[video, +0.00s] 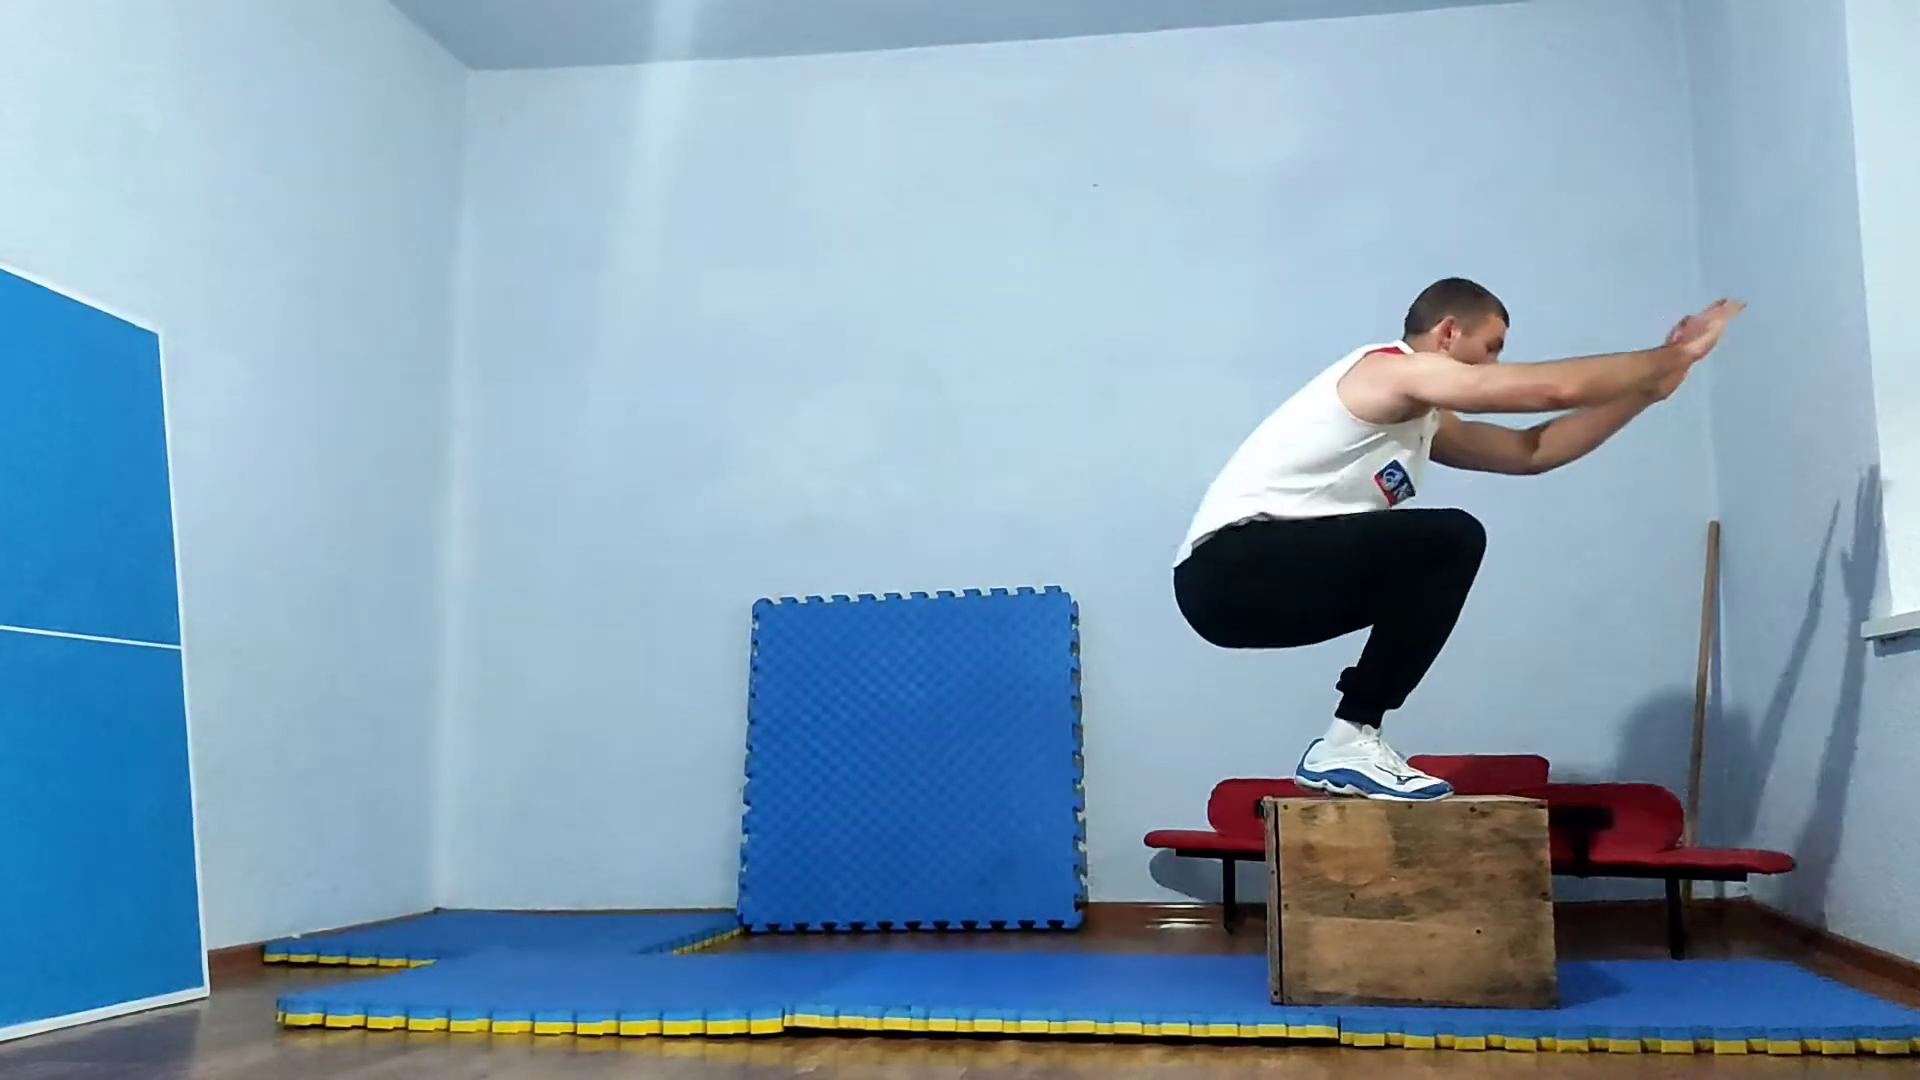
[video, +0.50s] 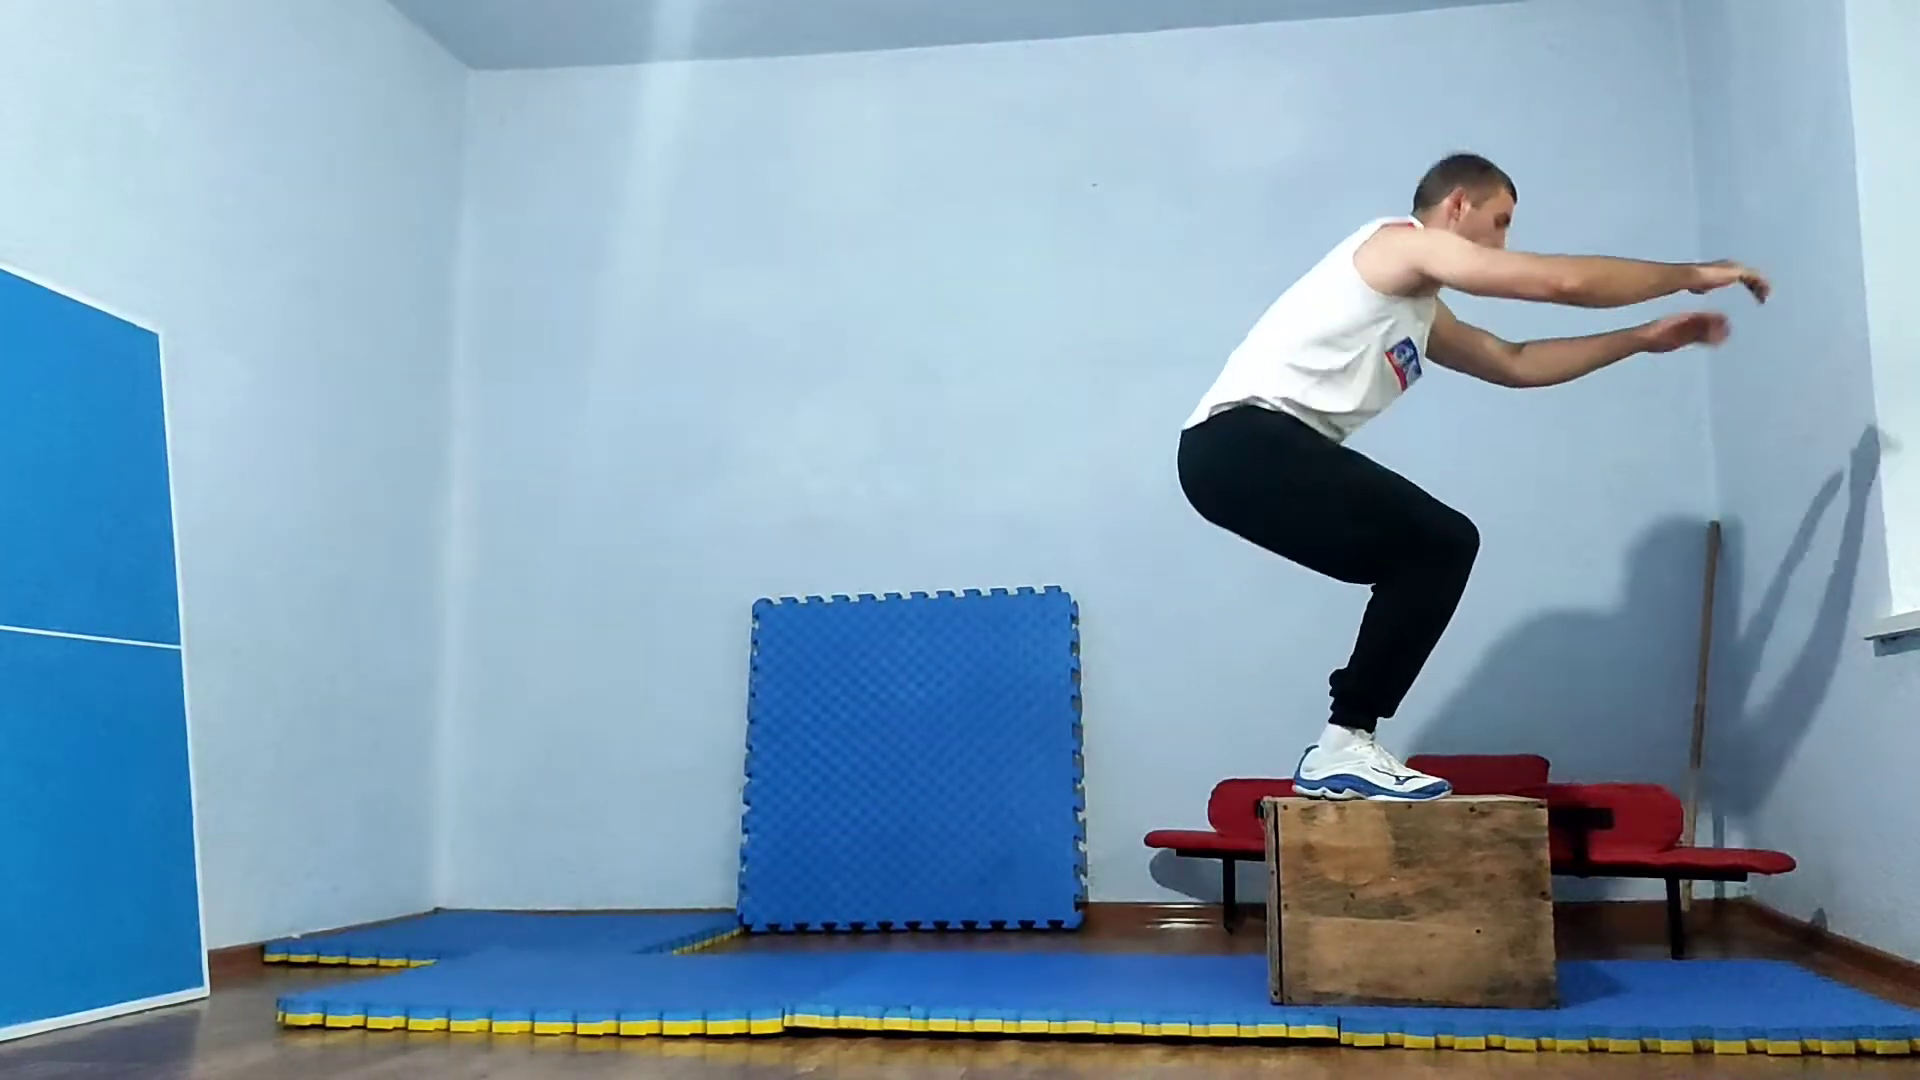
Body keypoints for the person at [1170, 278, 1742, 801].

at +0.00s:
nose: (1495, 366)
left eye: (1498, 354)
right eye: (1490, 350)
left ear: (1442, 334)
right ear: (1448, 333)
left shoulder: (1418, 421)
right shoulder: (1395, 372)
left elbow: (1533, 450)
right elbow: (1555, 391)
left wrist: (1652, 382)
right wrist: (1672, 357)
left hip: (1256, 578)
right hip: (1232, 569)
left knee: (1451, 543)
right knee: (1447, 540)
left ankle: (1354, 741)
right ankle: (1347, 744)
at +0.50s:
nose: (1503, 240)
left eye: (1507, 229)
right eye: (1498, 223)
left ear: (1450, 214)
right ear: (1456, 207)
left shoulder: (1417, 310)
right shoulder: (1407, 245)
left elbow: (1519, 366)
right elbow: (1564, 283)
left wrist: (1643, 339)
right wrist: (1693, 274)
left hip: (1254, 452)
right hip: (1244, 441)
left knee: (1434, 547)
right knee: (1440, 542)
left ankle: (1347, 746)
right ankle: (1342, 748)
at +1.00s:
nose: (1420, 18)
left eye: (1423, 7)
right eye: (1415, 3)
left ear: (1373, 7)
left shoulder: (1347, 75)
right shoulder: (1325, 55)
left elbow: (1299, 213)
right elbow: (1295, 184)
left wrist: (1256, 347)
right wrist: (1295, 317)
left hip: (1331, 307)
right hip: (1322, 303)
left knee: (1353, 523)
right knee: (1349, 522)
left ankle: (1337, 740)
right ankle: (1332, 745)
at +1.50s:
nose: (1400, 85)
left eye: (1408, 73)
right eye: (1397, 64)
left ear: (1358, 49)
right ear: (1353, 41)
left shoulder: (1333, 152)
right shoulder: (1289, 90)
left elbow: (1306, 300)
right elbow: (1261, 209)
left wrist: (1382, 366)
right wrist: (1373, 285)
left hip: (1269, 343)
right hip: (1225, 322)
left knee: (1362, 536)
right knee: (1322, 512)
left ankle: (1334, 743)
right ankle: (1192, 685)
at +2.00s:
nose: (1167, 224)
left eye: (1174, 210)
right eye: (1164, 204)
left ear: (1129, 193)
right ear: (1116, 184)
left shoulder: (1091, 273)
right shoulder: (1058, 255)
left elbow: (1045, 416)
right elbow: (1075, 402)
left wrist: (989, 520)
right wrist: (1186, 491)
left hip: (1092, 507)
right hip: (1036, 513)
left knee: (1254, 541)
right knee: (1037, 715)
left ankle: (1327, 739)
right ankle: (949, 935)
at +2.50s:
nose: (921, 225)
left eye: (927, 213)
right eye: (914, 207)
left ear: (898, 212)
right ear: (864, 196)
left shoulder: (881, 304)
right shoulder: (814, 271)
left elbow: (911, 434)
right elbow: (739, 387)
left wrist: (995, 498)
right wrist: (751, 519)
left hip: (869, 522)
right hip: (837, 519)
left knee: (840, 719)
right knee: (915, 715)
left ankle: (707, 874)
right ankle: (943, 934)